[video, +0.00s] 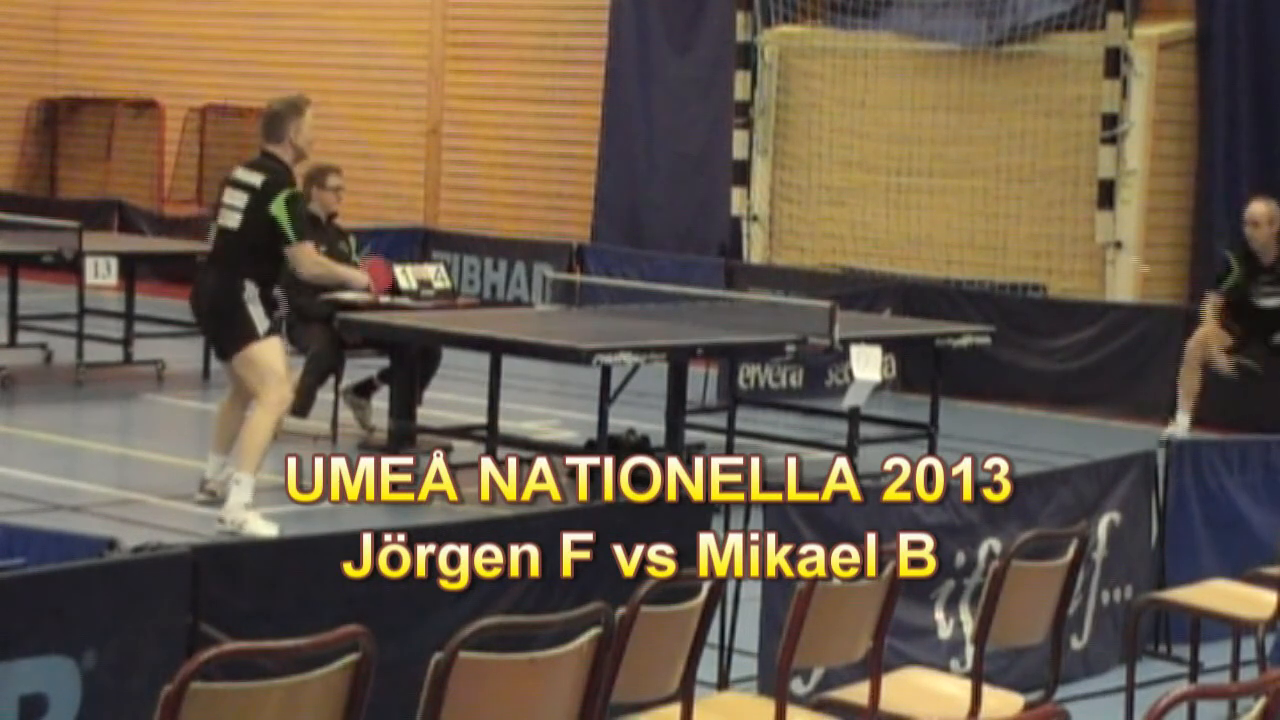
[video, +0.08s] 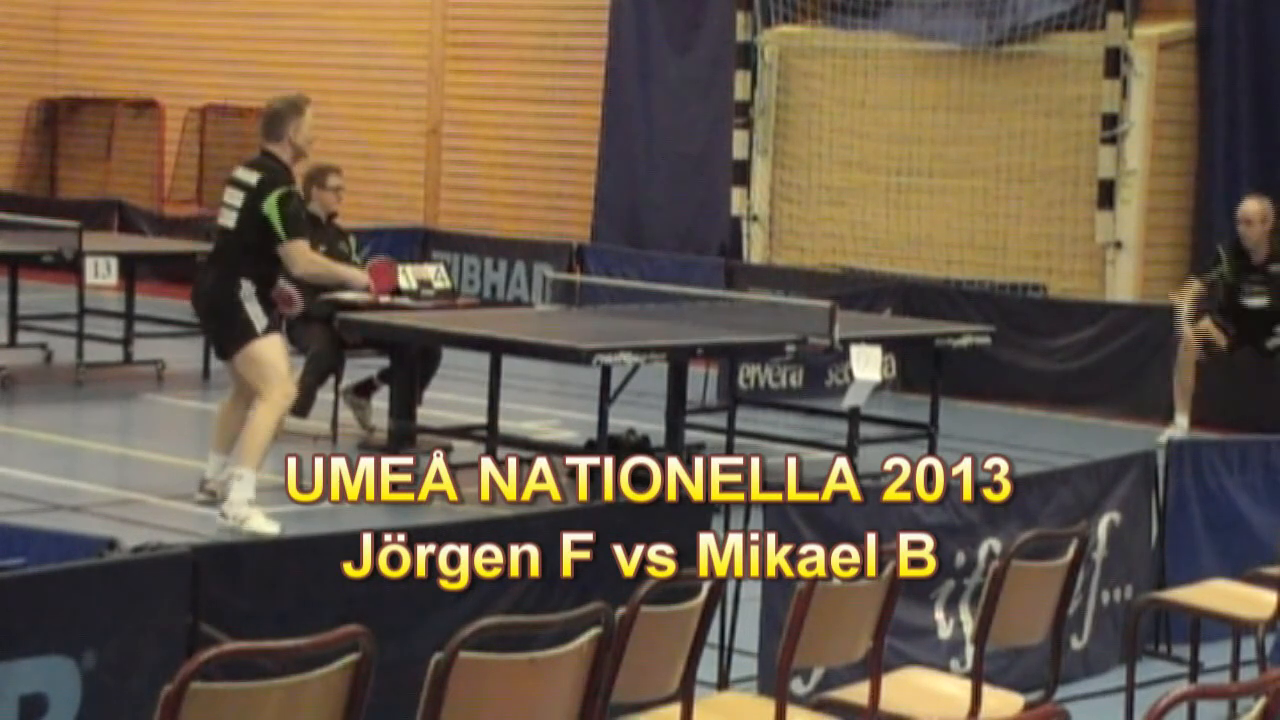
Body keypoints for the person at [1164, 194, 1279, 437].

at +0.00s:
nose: (1249, 231)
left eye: (1256, 224)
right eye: (1247, 224)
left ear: (1275, 227)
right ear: (1242, 226)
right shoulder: (1241, 264)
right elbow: (1210, 305)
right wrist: (1217, 350)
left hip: (1275, 332)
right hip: (1246, 328)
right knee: (1196, 344)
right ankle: (1182, 421)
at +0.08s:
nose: (1242, 229)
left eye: (1249, 223)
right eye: (1239, 222)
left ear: (1268, 224)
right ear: (1235, 224)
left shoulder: (1275, 258)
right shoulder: (1230, 256)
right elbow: (1195, 288)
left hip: (1270, 328)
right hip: (1233, 325)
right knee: (1188, 342)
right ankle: (1181, 423)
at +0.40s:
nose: (1260, 217)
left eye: (1268, 211)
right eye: (1259, 209)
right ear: (1255, 212)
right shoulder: (1246, 247)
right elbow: (1212, 279)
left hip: (1275, 322)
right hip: (1250, 319)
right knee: (1207, 358)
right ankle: (1185, 422)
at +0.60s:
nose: (1267, 216)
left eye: (1272, 209)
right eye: (1265, 209)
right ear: (1261, 212)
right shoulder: (1258, 246)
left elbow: (1238, 288)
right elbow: (1237, 288)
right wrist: (1211, 326)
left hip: (1270, 315)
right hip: (1268, 314)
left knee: (1222, 355)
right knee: (1221, 355)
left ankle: (1213, 420)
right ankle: (1213, 420)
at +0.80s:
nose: (1245, 198)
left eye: (1252, 191)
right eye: (1242, 191)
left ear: (1270, 193)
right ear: (1238, 195)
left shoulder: (1277, 227)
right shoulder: (1238, 228)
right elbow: (1221, 272)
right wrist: (1193, 310)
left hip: (1274, 311)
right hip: (1261, 309)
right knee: (1222, 364)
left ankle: (1232, 422)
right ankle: (1232, 422)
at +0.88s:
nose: (1234, 192)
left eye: (1240, 185)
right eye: (1231, 185)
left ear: (1260, 187)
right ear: (1229, 188)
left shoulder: (1276, 219)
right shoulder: (1234, 222)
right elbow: (1219, 268)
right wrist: (1190, 303)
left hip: (1276, 305)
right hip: (1257, 304)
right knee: (1214, 354)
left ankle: (1229, 417)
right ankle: (1229, 417)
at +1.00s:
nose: (1219, 205)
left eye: (1226, 198)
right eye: (1217, 199)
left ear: (1245, 200)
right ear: (1214, 201)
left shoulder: (1269, 230)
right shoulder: (1220, 236)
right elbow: (1210, 282)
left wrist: (1276, 300)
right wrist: (1187, 318)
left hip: (1272, 312)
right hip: (1245, 311)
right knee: (1204, 355)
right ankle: (1192, 426)